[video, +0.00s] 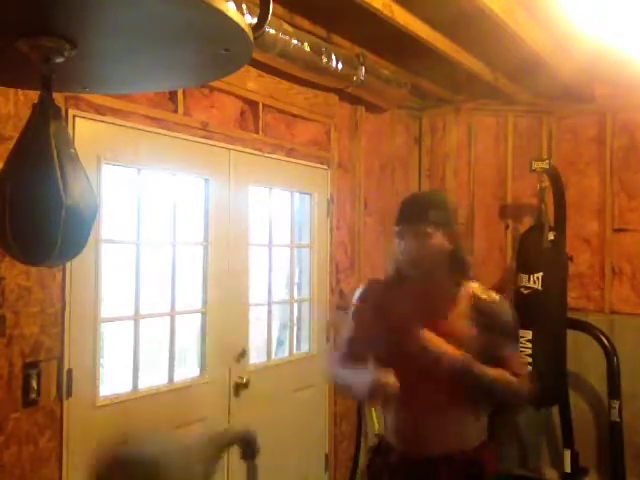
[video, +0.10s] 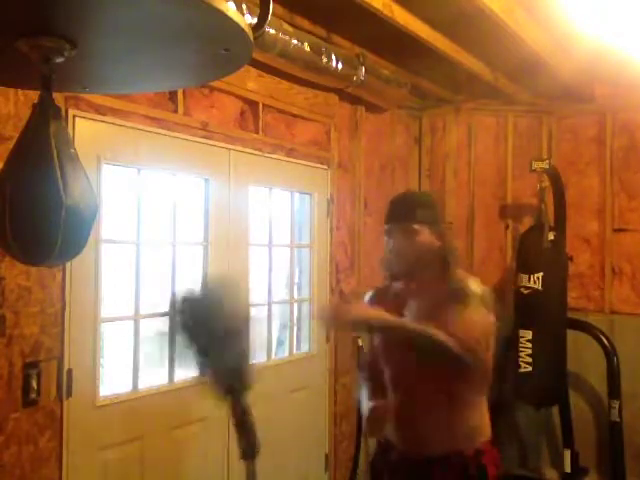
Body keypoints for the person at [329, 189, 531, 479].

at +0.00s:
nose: (410, 247)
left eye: (423, 235)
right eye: (402, 236)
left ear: (449, 239)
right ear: (395, 241)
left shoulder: (486, 306)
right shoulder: (375, 297)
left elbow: (519, 387)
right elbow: (345, 366)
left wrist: (454, 360)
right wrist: (371, 380)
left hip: (463, 460)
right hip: (397, 459)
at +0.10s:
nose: (390, 246)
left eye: (401, 235)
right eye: (388, 235)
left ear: (432, 239)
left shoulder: (467, 293)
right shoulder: (383, 300)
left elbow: (470, 360)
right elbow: (372, 367)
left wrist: (379, 321)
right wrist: (373, 404)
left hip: (460, 461)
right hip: (398, 459)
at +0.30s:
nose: (392, 250)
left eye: (405, 238)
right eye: (389, 239)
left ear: (432, 242)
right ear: (385, 244)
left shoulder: (458, 288)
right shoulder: (395, 307)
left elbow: (436, 348)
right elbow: (411, 385)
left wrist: (357, 346)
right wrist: (376, 392)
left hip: (470, 460)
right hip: (420, 456)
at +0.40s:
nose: (406, 247)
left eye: (420, 236)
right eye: (400, 237)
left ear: (444, 243)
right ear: (394, 243)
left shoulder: (481, 298)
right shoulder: (396, 308)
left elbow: (514, 373)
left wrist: (433, 386)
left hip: (474, 461)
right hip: (416, 459)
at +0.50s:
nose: (417, 243)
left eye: (431, 231)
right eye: (410, 231)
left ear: (459, 237)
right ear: (403, 237)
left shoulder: (497, 301)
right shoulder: (386, 294)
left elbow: (541, 379)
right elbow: (334, 359)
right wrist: (340, 331)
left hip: (470, 459)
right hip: (404, 458)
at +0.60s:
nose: (423, 243)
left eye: (437, 233)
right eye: (415, 233)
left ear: (461, 239)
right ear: (407, 238)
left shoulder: (492, 304)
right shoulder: (387, 290)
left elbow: (531, 380)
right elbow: (338, 333)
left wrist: (497, 397)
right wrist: (337, 312)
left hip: (468, 459)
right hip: (401, 458)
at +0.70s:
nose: (419, 247)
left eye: (433, 236)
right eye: (412, 236)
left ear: (458, 242)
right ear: (404, 240)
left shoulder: (489, 309)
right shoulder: (377, 294)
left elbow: (522, 391)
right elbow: (335, 361)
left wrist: (472, 384)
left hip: (463, 461)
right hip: (394, 460)